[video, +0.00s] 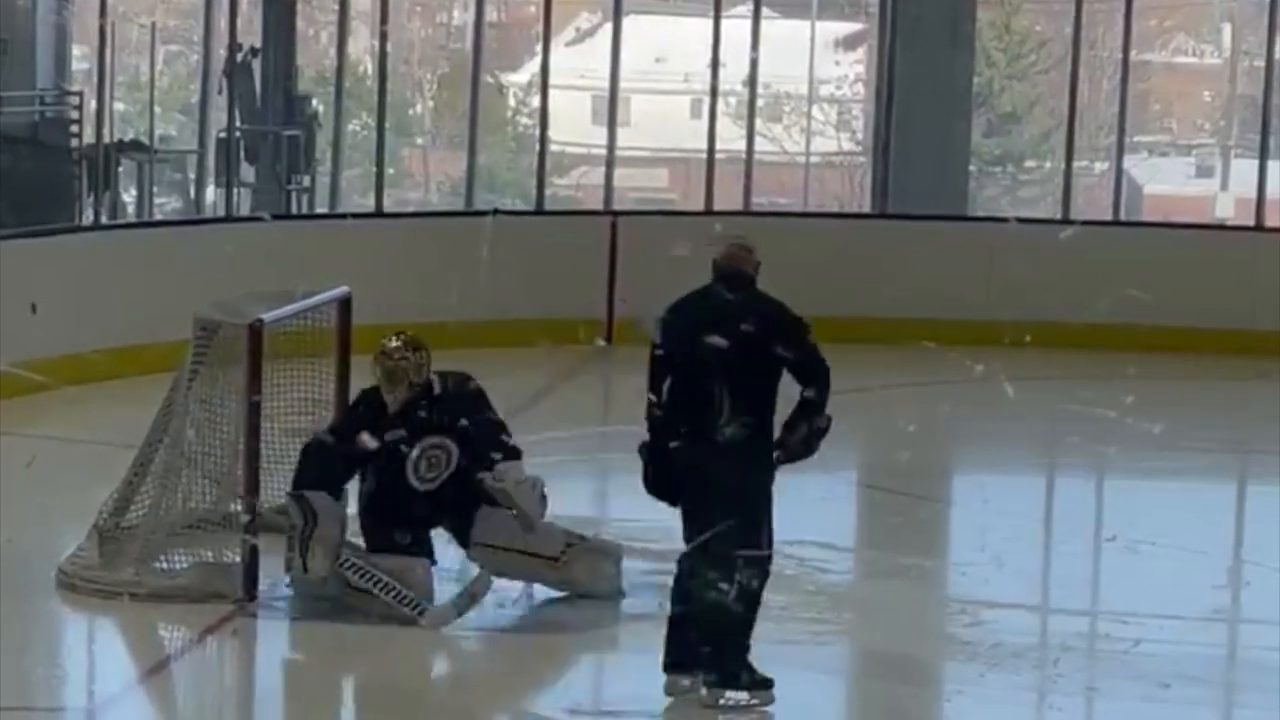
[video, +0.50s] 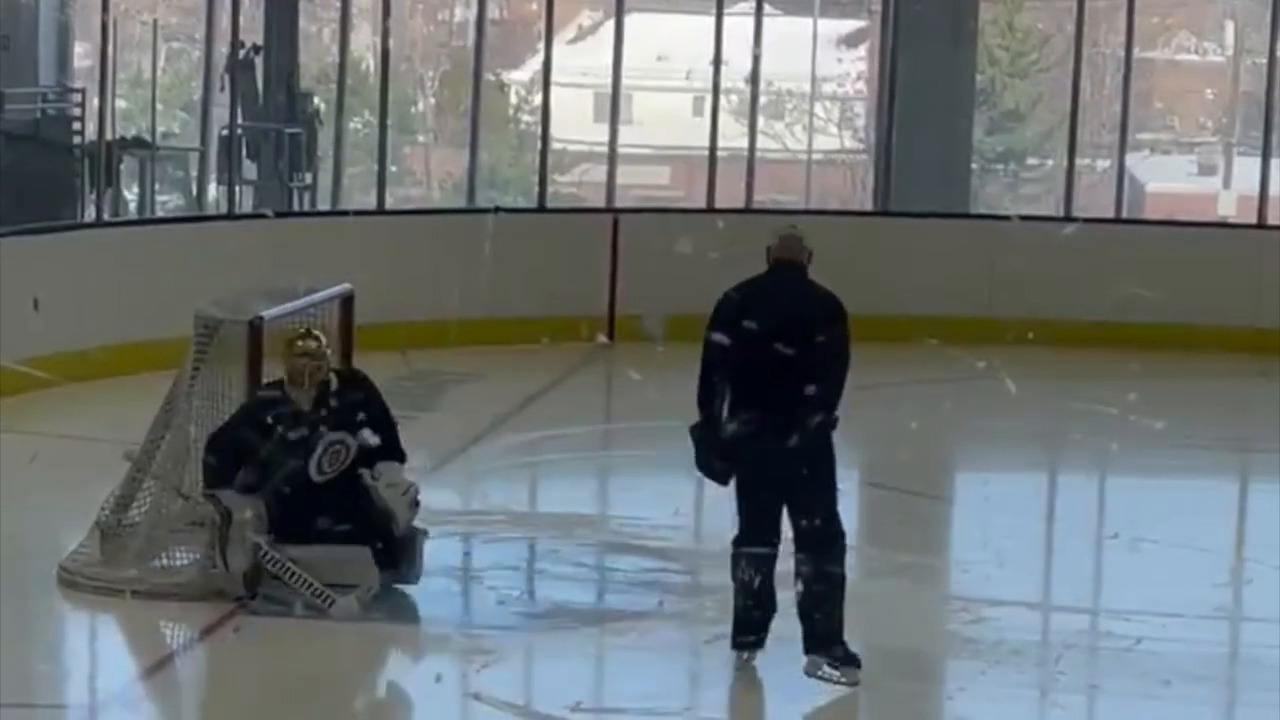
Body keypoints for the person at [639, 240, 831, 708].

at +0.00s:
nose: (748, 272)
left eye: (737, 265)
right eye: (750, 267)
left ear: (713, 271)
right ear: (755, 273)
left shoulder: (679, 313)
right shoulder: (771, 315)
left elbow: (659, 389)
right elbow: (816, 376)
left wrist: (657, 451)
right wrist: (799, 431)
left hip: (689, 457)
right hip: (745, 460)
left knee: (699, 556)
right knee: (750, 559)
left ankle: (683, 663)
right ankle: (730, 665)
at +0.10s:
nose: (753, 274)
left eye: (746, 265)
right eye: (757, 266)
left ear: (727, 267)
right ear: (769, 269)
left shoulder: (695, 313)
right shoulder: (791, 317)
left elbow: (675, 385)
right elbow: (829, 378)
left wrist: (672, 444)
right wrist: (812, 432)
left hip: (707, 458)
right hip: (764, 459)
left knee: (713, 554)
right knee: (765, 558)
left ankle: (698, 656)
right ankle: (752, 666)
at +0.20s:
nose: (763, 270)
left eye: (756, 263)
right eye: (768, 263)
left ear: (737, 267)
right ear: (779, 269)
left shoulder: (706, 313)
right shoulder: (801, 315)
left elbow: (688, 388)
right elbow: (834, 381)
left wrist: (685, 448)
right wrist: (818, 431)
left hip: (721, 455)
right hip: (778, 456)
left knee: (724, 548)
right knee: (779, 555)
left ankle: (710, 653)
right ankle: (775, 664)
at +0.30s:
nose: (774, 270)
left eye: (762, 262)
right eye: (780, 264)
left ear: (747, 268)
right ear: (789, 270)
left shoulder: (717, 313)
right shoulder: (809, 314)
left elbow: (698, 391)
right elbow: (834, 385)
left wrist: (697, 455)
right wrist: (808, 434)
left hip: (734, 454)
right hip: (787, 457)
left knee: (738, 545)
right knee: (793, 552)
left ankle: (724, 647)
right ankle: (796, 665)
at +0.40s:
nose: (786, 267)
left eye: (772, 258)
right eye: (791, 260)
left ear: (757, 264)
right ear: (798, 266)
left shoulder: (725, 306)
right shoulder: (816, 309)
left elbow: (704, 384)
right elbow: (832, 377)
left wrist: (704, 446)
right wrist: (812, 424)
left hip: (739, 450)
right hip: (795, 452)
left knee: (747, 542)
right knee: (809, 548)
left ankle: (737, 644)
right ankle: (813, 655)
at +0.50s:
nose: (796, 266)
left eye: (784, 256)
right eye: (801, 258)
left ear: (767, 260)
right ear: (808, 262)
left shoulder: (735, 300)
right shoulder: (826, 306)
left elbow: (711, 373)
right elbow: (832, 374)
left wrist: (709, 434)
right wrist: (815, 425)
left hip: (749, 441)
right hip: (806, 444)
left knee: (755, 534)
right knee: (820, 539)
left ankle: (747, 635)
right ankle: (824, 647)